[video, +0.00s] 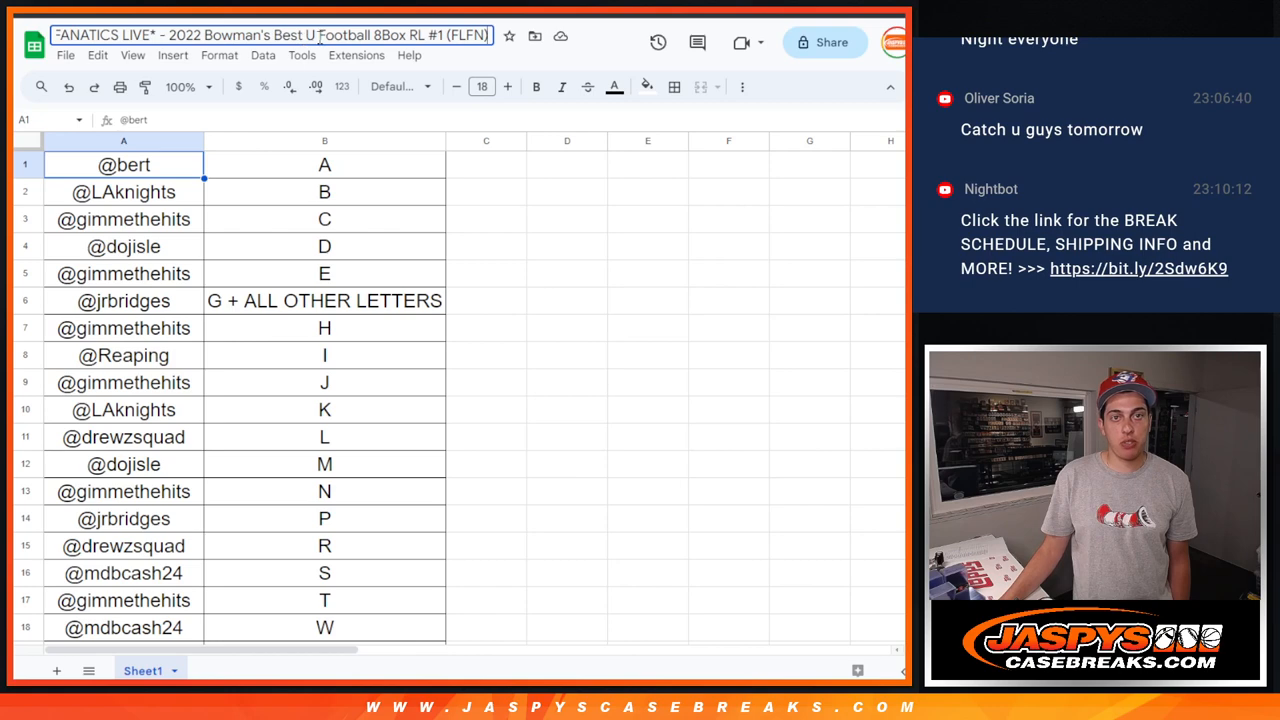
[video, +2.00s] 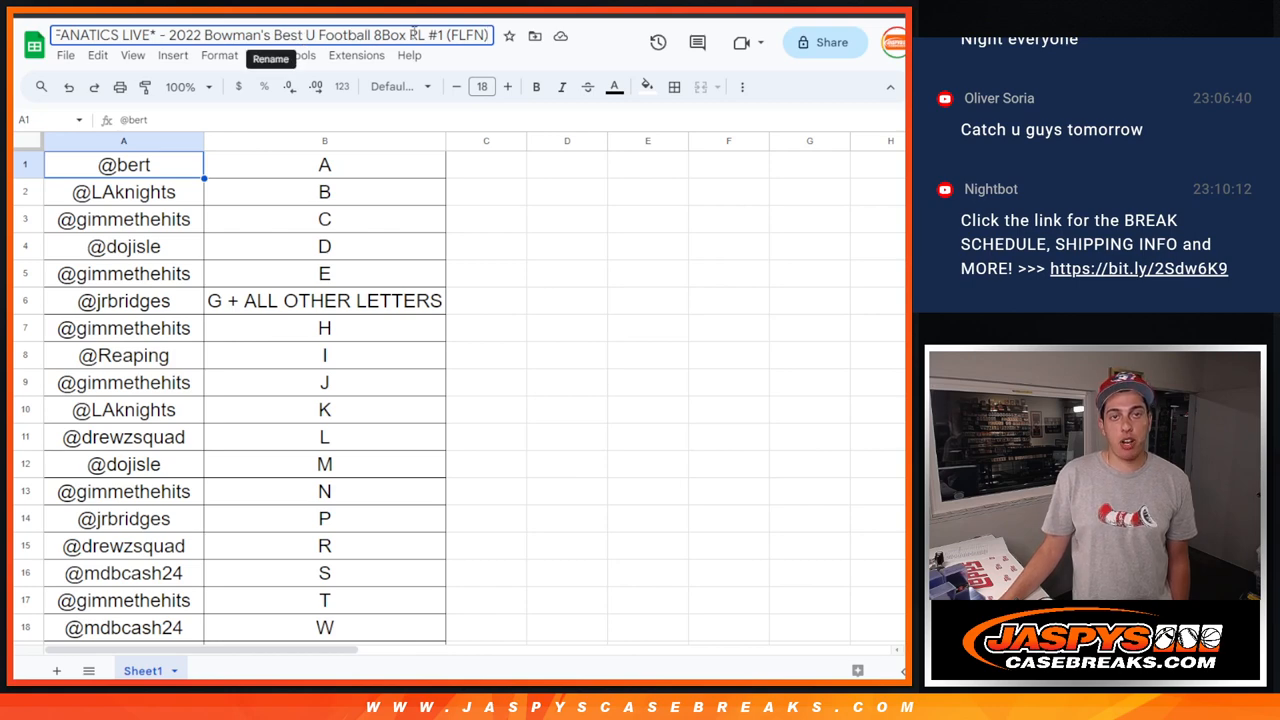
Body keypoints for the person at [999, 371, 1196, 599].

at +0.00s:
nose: (1127, 428)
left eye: (1137, 415)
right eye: (1116, 417)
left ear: (1150, 421)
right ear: (1102, 425)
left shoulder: (1175, 481)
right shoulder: (1073, 476)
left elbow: (1179, 557)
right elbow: (1051, 549)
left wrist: (1180, 611)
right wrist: (1007, 599)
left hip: (1153, 607)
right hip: (1090, 607)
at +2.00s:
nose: (1126, 426)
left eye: (1136, 414)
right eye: (1115, 416)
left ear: (1149, 421)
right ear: (1102, 425)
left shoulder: (1175, 481)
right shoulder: (1074, 475)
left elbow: (1179, 556)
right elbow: (1051, 549)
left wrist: (1179, 610)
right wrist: (1008, 599)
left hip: (1152, 606)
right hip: (1090, 605)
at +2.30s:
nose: (1125, 428)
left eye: (1135, 416)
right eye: (1114, 417)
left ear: (1149, 421)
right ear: (1102, 425)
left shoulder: (1175, 480)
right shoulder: (1074, 475)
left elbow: (1179, 556)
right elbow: (1051, 549)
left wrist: (1180, 610)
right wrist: (1007, 599)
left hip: (1153, 606)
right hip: (1090, 605)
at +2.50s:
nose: (1125, 429)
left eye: (1135, 416)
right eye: (1114, 417)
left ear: (1149, 421)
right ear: (1101, 425)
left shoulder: (1175, 481)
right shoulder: (1074, 475)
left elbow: (1179, 556)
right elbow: (1051, 549)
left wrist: (1179, 610)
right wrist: (1007, 599)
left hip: (1153, 607)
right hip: (1090, 606)